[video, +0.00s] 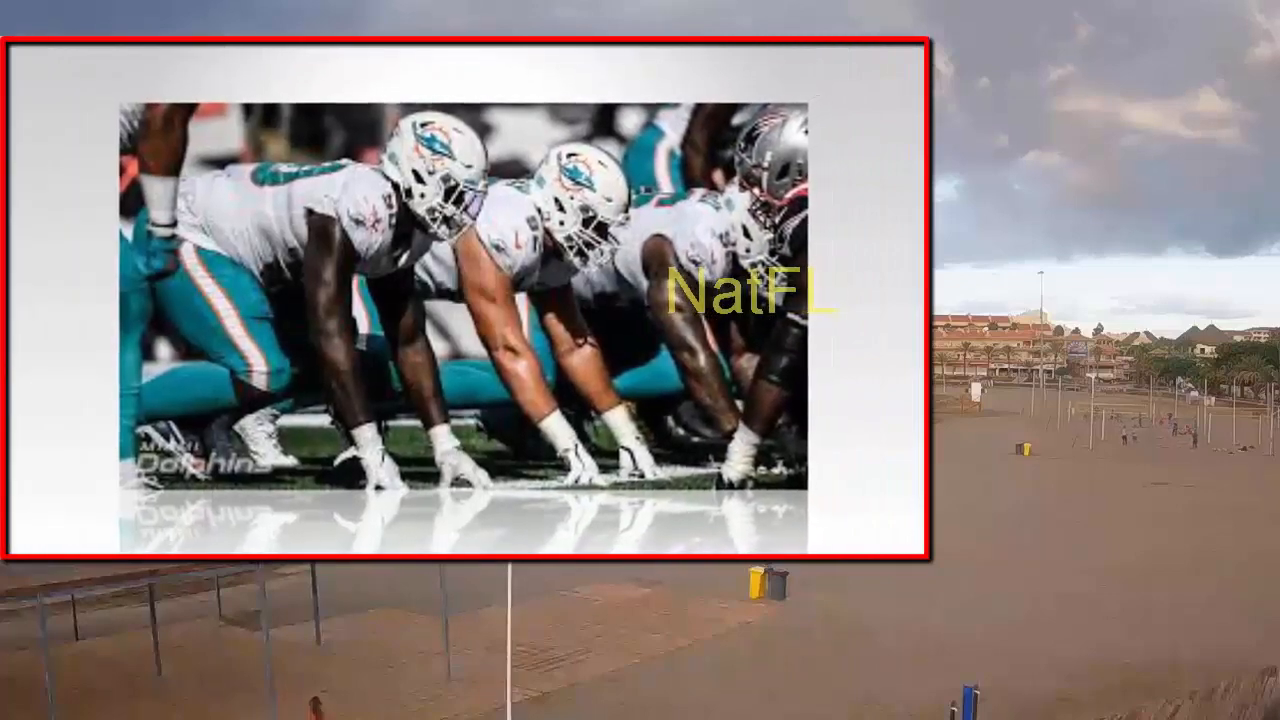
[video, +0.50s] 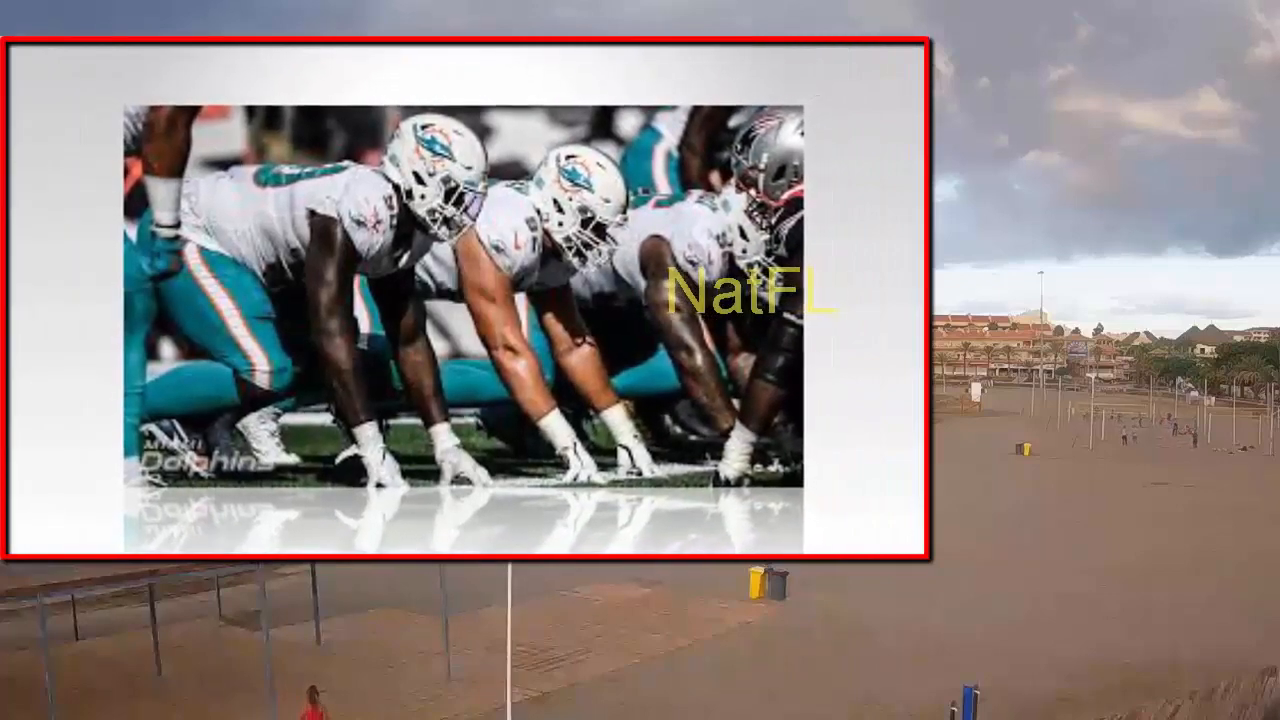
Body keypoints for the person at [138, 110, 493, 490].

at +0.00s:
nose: (458, 203)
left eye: (466, 191)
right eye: (450, 185)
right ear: (414, 166)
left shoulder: (399, 227)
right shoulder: (353, 203)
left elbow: (411, 340)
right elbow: (329, 333)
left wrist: (445, 446)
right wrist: (370, 448)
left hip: (253, 253)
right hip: (194, 237)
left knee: (316, 365)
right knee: (262, 373)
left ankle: (196, 423)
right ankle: (107, 413)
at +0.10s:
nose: (458, 203)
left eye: (466, 191)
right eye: (450, 185)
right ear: (415, 166)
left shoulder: (399, 227)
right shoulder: (353, 203)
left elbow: (411, 340)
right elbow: (329, 332)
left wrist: (445, 445)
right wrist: (370, 447)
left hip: (251, 254)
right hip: (193, 237)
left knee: (314, 364)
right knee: (262, 372)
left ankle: (192, 422)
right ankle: (109, 413)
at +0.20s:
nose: (458, 203)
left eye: (467, 192)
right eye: (450, 185)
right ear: (415, 166)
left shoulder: (400, 227)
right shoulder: (354, 203)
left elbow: (411, 340)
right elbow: (329, 331)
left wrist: (445, 444)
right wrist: (370, 447)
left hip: (252, 254)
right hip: (195, 237)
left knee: (315, 365)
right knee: (263, 372)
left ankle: (197, 421)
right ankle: (110, 413)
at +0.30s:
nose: (458, 203)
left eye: (466, 191)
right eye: (449, 185)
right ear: (414, 166)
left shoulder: (400, 228)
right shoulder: (354, 203)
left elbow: (411, 339)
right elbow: (329, 332)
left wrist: (445, 444)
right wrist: (370, 446)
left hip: (252, 255)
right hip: (195, 238)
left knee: (314, 365)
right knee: (263, 372)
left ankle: (192, 422)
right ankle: (112, 413)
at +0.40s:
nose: (459, 204)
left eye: (467, 192)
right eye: (451, 186)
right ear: (417, 167)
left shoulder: (399, 227)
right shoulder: (355, 204)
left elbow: (411, 340)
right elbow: (329, 331)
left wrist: (445, 444)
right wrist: (371, 446)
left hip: (252, 254)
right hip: (196, 238)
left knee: (312, 365)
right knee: (265, 371)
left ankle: (194, 421)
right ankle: (112, 411)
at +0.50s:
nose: (459, 204)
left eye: (467, 192)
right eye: (451, 186)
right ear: (416, 168)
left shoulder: (400, 228)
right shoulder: (356, 204)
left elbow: (411, 339)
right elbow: (330, 331)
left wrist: (445, 443)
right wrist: (371, 446)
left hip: (251, 254)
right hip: (196, 238)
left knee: (310, 364)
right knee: (265, 371)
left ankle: (191, 423)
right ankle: (112, 411)